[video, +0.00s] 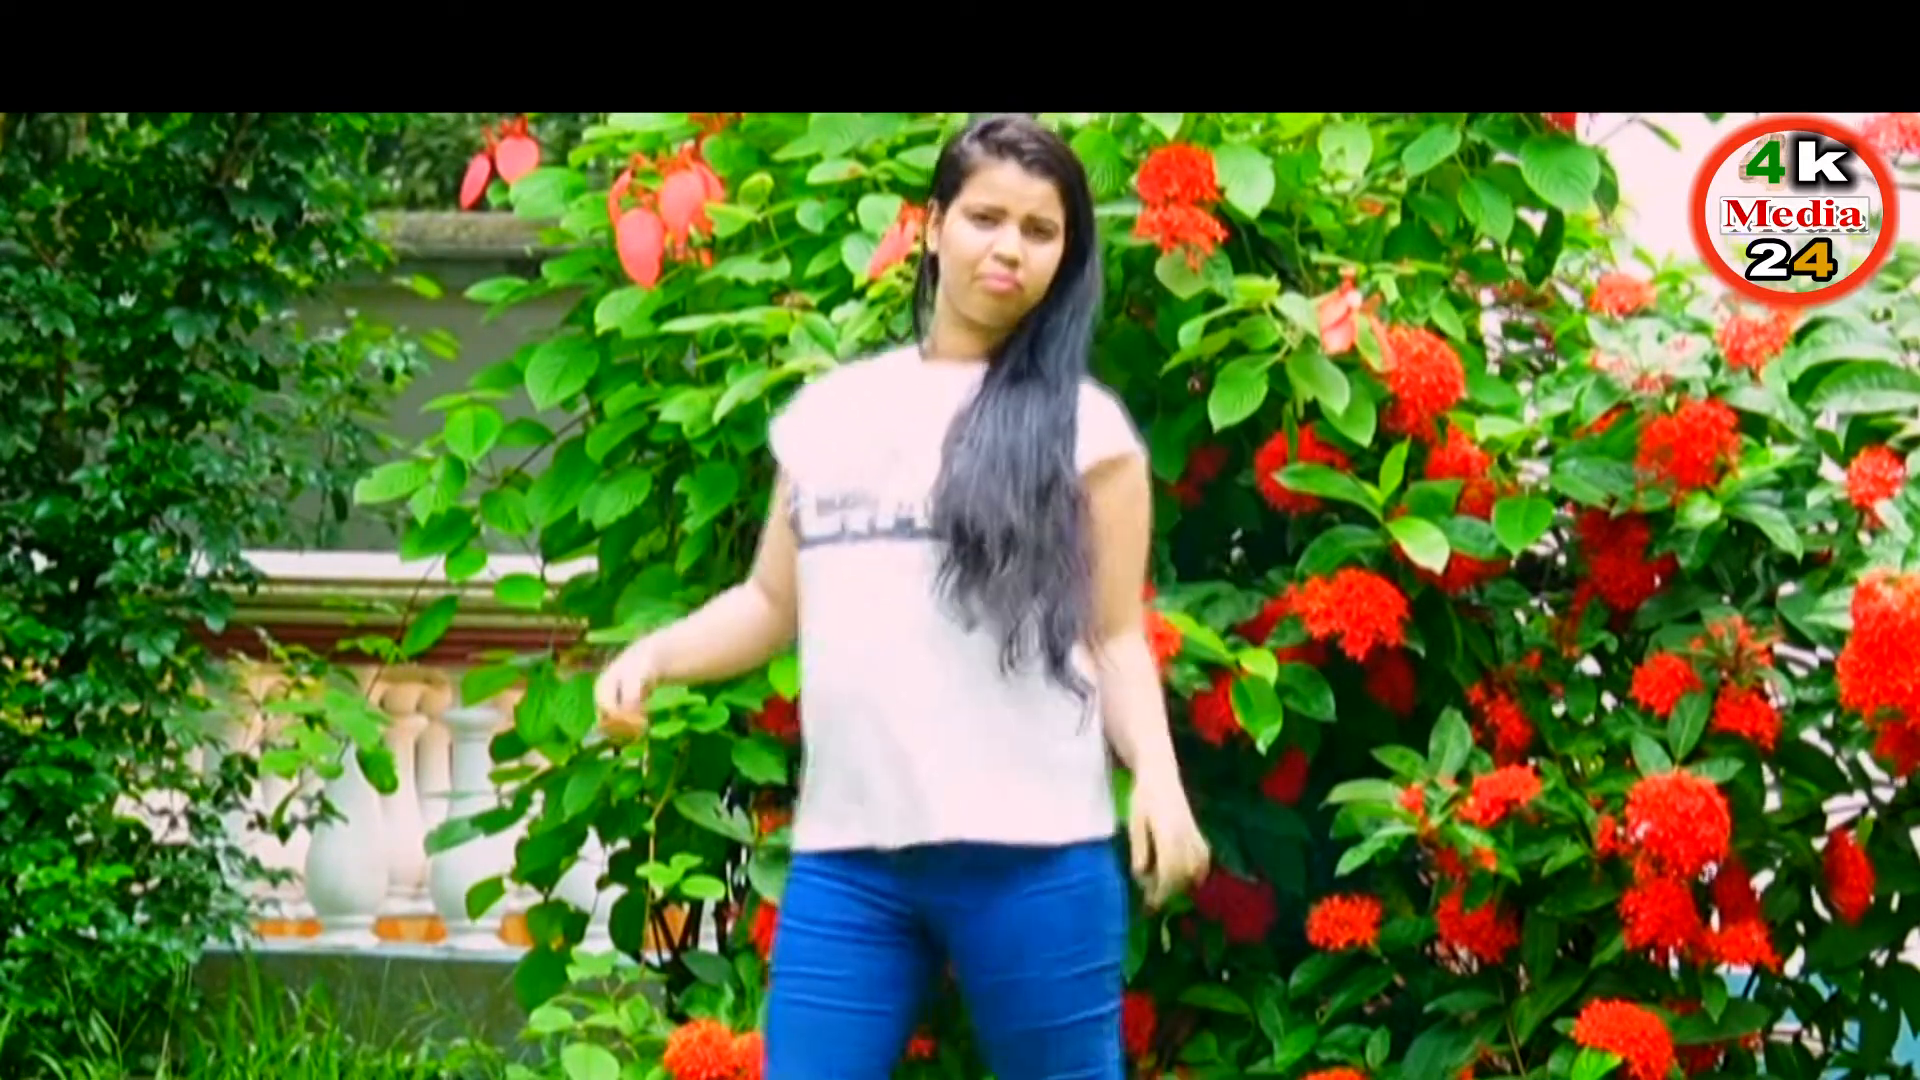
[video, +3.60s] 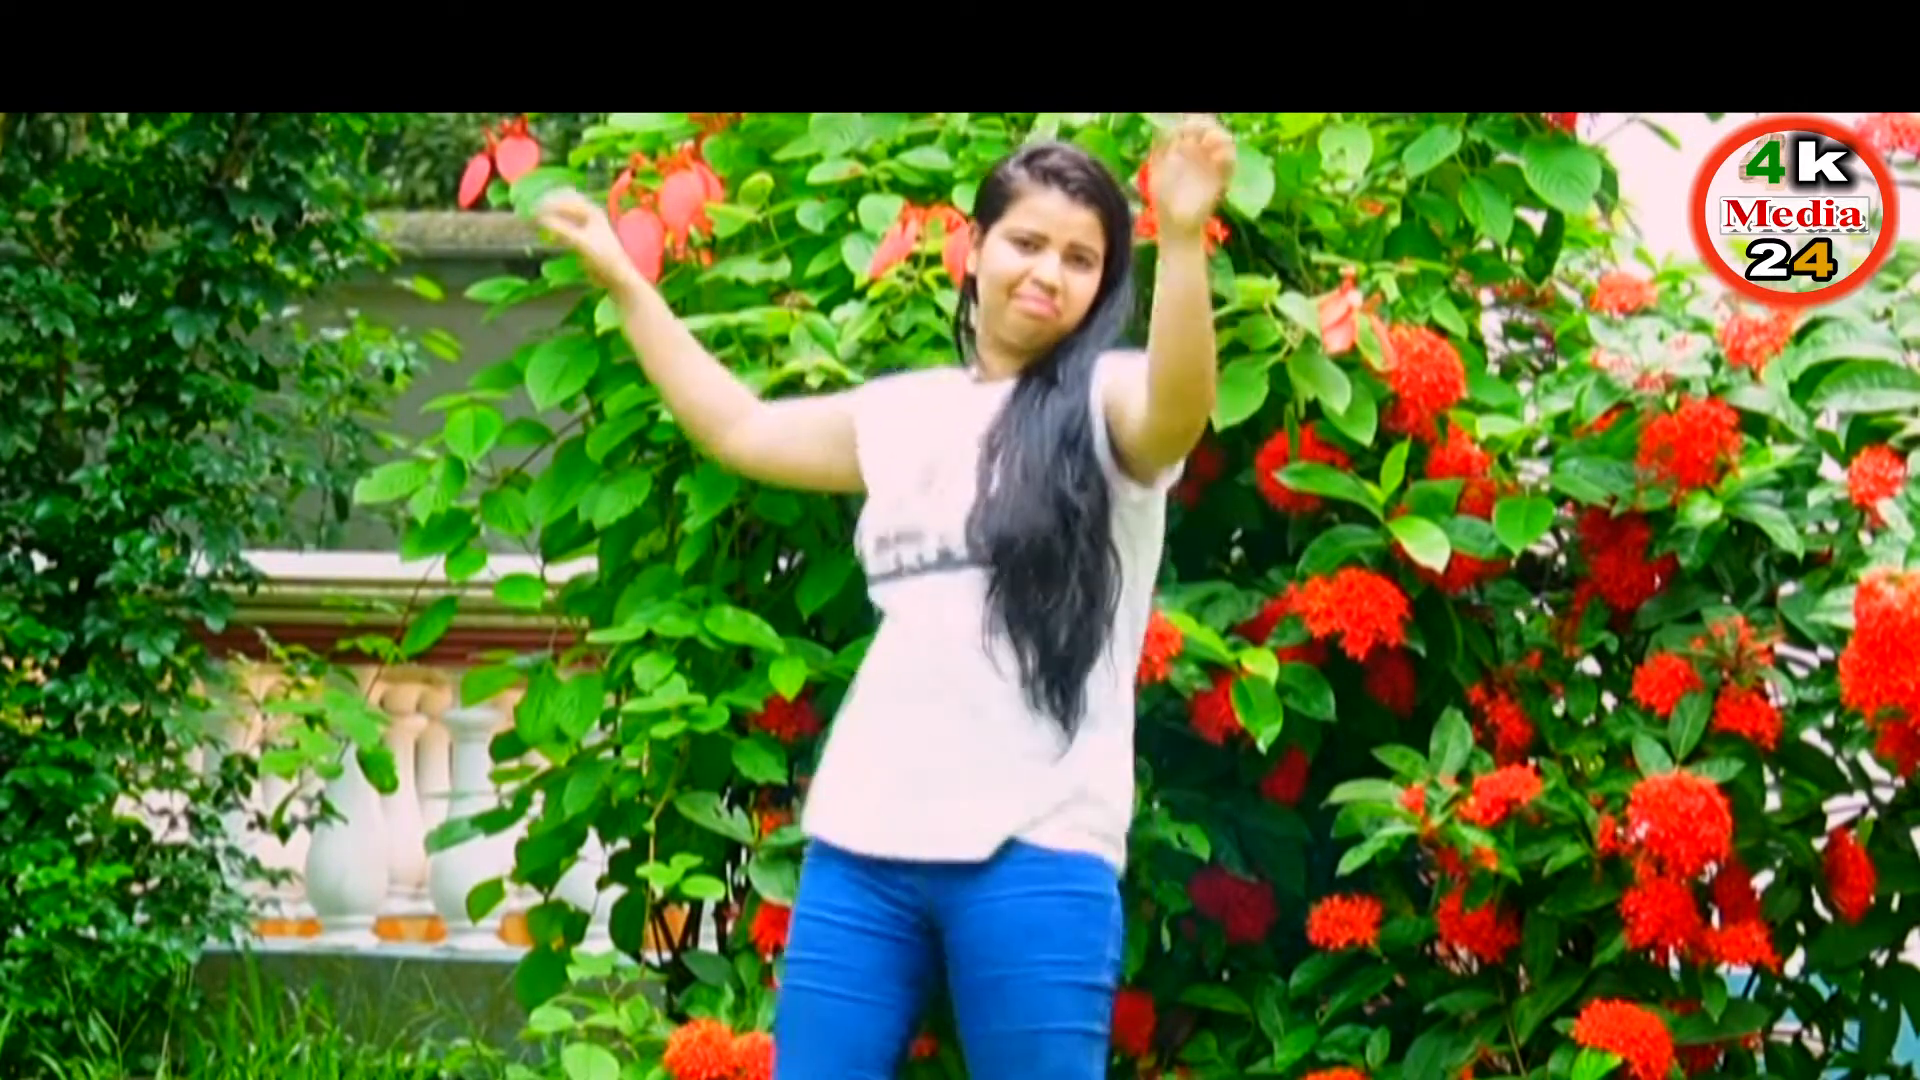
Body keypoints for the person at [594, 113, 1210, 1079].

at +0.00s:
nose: (1008, 250)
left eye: (1038, 232)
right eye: (986, 219)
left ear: (1068, 259)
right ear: (934, 227)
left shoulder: (1084, 423)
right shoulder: (826, 411)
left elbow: (1118, 633)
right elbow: (770, 601)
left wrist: (1158, 779)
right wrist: (657, 653)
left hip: (1036, 863)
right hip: (845, 862)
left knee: (1069, 1071)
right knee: (805, 1069)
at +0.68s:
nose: (1007, 232)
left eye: (1039, 212)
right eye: (986, 204)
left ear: (1076, 241)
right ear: (943, 223)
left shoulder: (1116, 400)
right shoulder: (871, 409)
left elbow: (1182, 597)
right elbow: (848, 610)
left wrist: (1152, 718)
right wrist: (769, 732)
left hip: (1054, 855)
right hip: (872, 854)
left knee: (1073, 1071)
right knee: (843, 1070)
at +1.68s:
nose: (1071, 310)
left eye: (1103, 292)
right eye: (1051, 278)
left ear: (1130, 321)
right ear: (1007, 288)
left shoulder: (1138, 477)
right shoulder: (931, 478)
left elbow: (1195, 705)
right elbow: (867, 675)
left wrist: (1215, 701)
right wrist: (683, 688)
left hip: (1065, 890)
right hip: (906, 888)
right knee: (791, 1070)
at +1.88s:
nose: (1040, 275)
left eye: (1069, 264)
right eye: (1022, 241)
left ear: (1083, 293)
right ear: (961, 241)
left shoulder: (1086, 414)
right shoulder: (866, 439)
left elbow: (1183, 603)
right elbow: (753, 606)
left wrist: (1227, 582)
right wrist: (583, 558)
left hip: (1026, 847)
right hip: (844, 833)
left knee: (1043, 1073)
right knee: (797, 1070)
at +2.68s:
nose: (1072, 285)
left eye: (1103, 267)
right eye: (1050, 254)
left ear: (1131, 292)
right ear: (997, 264)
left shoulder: (1151, 419)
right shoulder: (946, 447)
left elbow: (1258, 569)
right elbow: (812, 563)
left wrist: (1307, 495)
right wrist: (639, 503)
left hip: (1085, 859)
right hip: (929, 846)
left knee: (1046, 1073)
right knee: (847, 1068)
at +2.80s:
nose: (1080, 273)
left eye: (1111, 255)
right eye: (1058, 241)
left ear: (1135, 281)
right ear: (1006, 246)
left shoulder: (1146, 391)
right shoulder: (972, 430)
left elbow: (1264, 496)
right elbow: (870, 523)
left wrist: (1296, 355)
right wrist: (724, 401)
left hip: (1101, 862)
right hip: (948, 853)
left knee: (1069, 1070)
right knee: (876, 1068)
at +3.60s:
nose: (1048, 274)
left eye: (1078, 259)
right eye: (1027, 242)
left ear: (1105, 287)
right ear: (976, 247)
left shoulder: (1112, 394)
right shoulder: (898, 411)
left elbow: (1177, 409)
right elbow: (738, 428)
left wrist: (1183, 237)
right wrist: (624, 282)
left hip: (1041, 862)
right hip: (861, 850)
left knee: (1040, 1067)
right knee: (812, 1069)